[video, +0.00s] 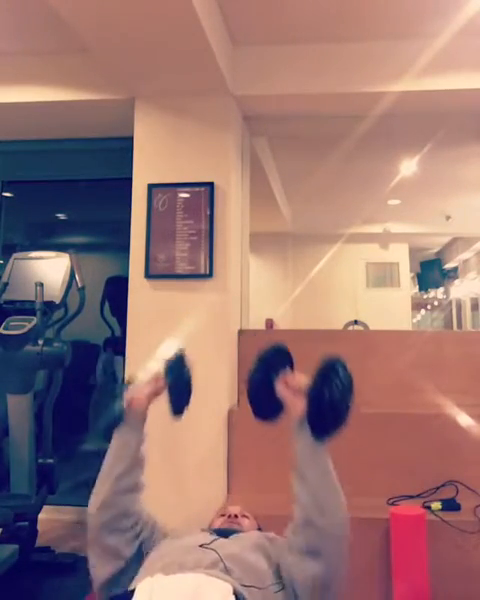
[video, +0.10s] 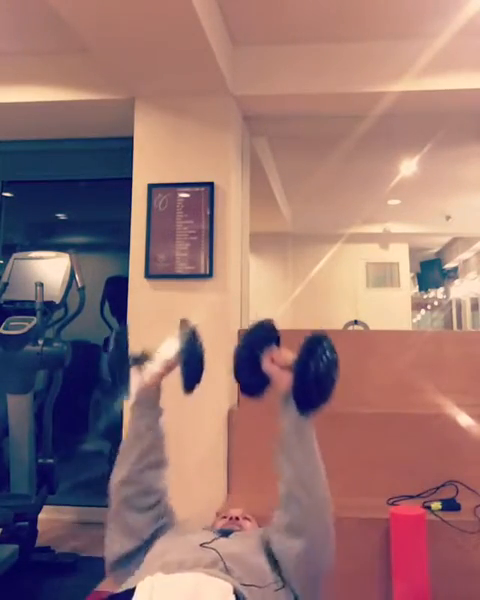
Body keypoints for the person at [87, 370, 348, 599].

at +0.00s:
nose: (232, 515)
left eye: (244, 517)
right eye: (224, 514)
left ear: (262, 534)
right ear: (206, 528)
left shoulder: (284, 558)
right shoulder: (153, 545)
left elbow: (323, 520)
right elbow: (110, 510)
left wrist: (302, 422)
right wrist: (133, 415)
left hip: (229, 590)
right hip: (154, 588)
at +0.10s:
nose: (234, 516)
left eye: (247, 518)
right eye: (224, 515)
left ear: (262, 533)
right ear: (209, 526)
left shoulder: (283, 566)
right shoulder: (150, 549)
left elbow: (307, 501)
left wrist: (289, 397)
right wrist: (147, 392)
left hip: (225, 589)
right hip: (149, 587)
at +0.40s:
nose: (234, 513)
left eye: (246, 514)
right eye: (225, 512)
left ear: (264, 530)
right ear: (208, 524)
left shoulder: (282, 556)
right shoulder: (154, 548)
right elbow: (127, 498)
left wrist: (289, 418)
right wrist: (147, 405)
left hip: (221, 591)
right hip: (150, 590)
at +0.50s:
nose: (235, 510)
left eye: (246, 511)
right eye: (227, 509)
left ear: (262, 531)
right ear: (207, 524)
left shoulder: (275, 551)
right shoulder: (158, 548)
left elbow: (329, 558)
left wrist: (304, 450)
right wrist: (131, 443)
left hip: (229, 588)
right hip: (153, 586)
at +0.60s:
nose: (236, 507)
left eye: (247, 508)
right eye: (227, 505)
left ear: (263, 531)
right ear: (209, 522)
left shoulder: (274, 550)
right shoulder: (164, 543)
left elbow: (342, 591)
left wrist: (315, 492)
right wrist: (118, 486)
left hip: (229, 590)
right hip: (157, 586)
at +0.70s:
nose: (236, 508)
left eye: (249, 508)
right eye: (227, 506)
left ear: (266, 528)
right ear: (209, 524)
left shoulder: (277, 556)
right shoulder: (163, 551)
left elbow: (336, 596)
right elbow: (92, 594)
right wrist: (113, 527)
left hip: (230, 590)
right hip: (156, 588)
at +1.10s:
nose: (234, 511)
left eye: (246, 512)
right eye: (226, 510)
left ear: (262, 534)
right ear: (207, 526)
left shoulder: (277, 555)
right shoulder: (160, 549)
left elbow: (335, 596)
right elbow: (85, 588)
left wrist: (318, 513)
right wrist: (119, 490)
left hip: (224, 589)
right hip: (153, 587)